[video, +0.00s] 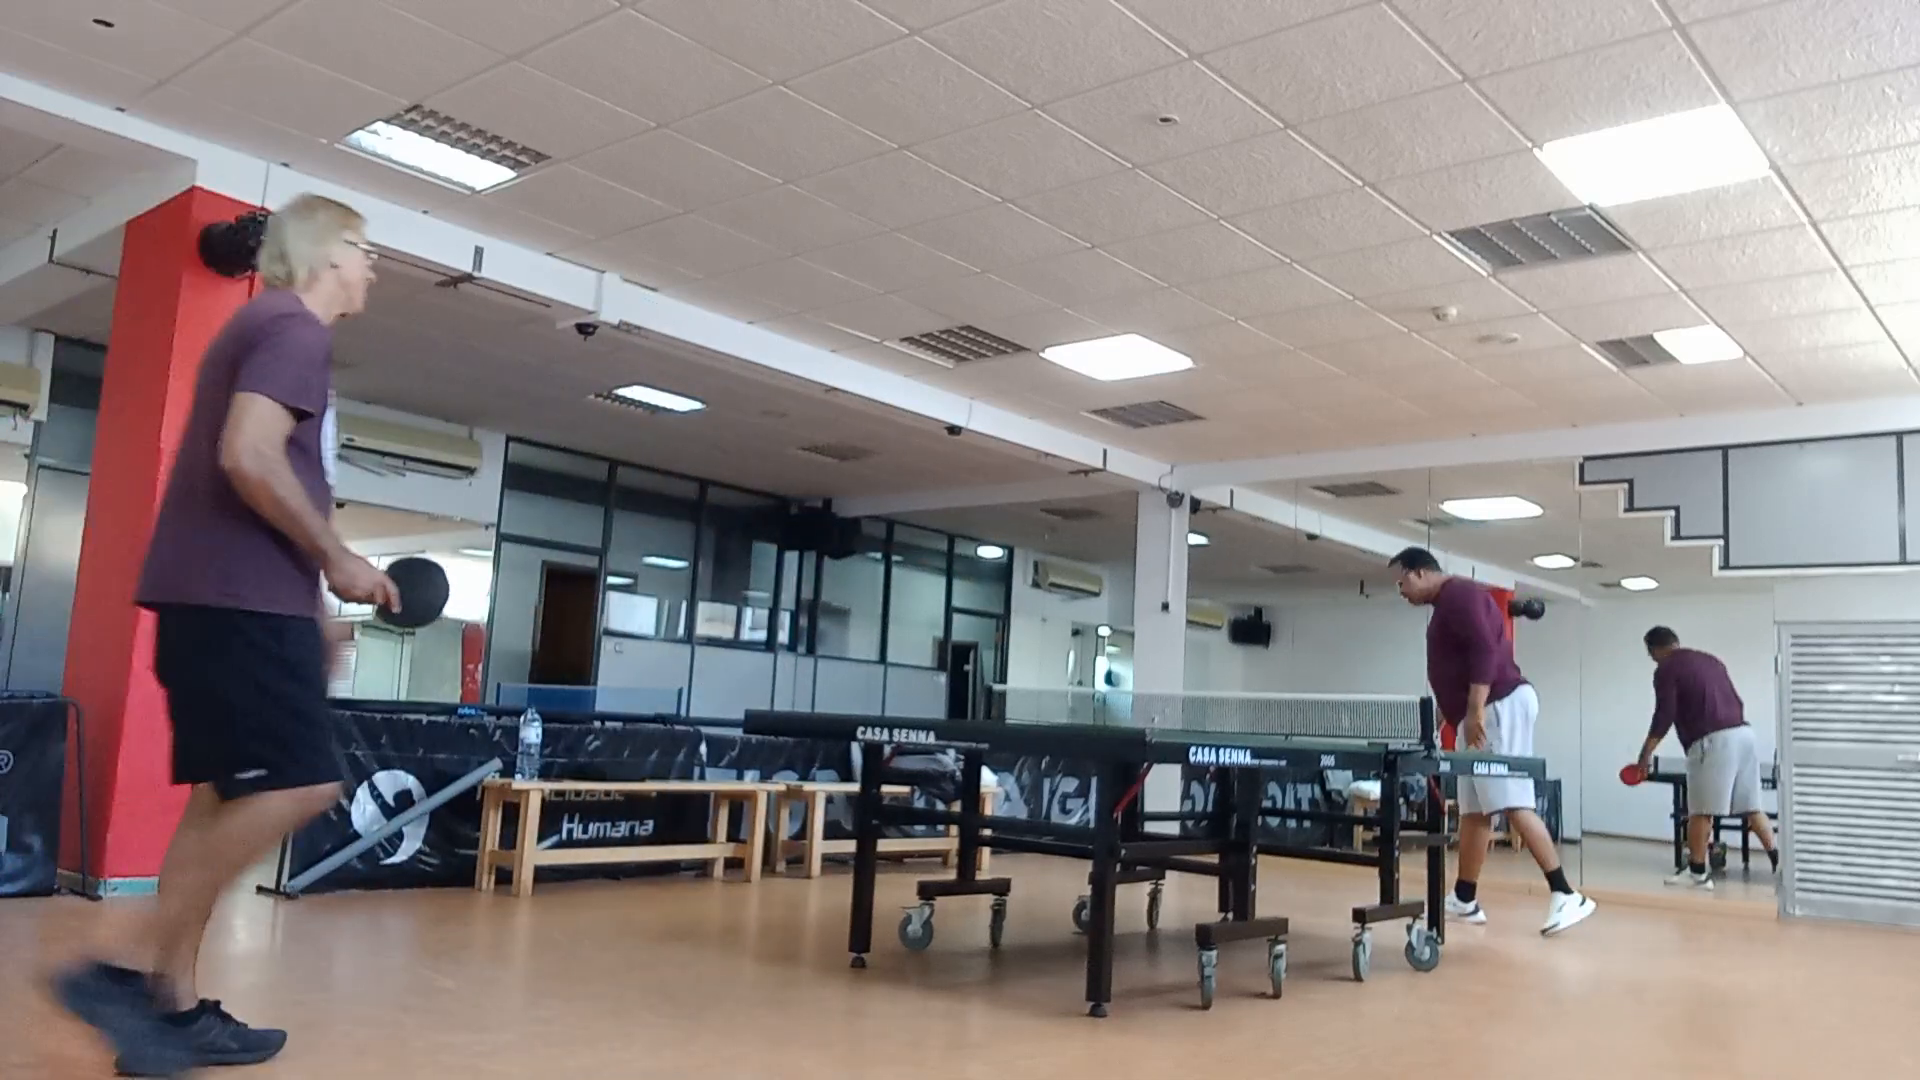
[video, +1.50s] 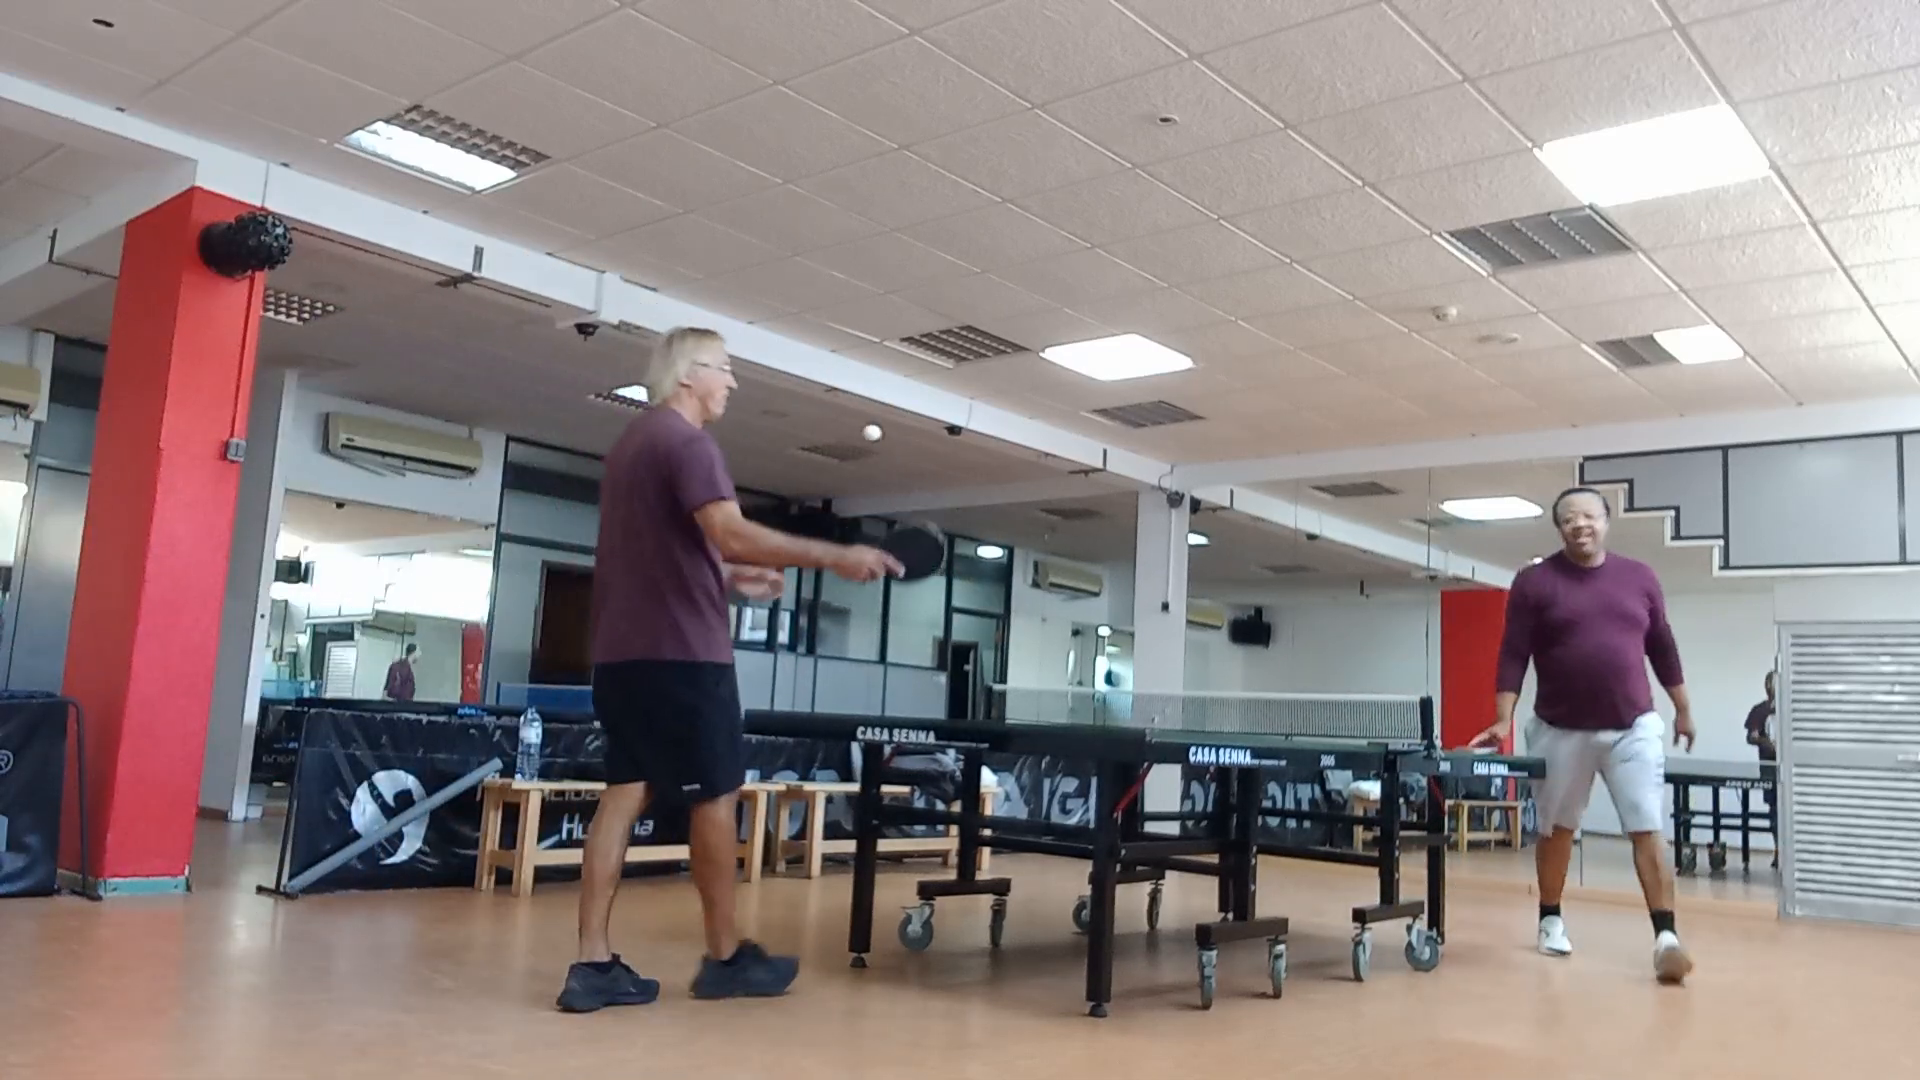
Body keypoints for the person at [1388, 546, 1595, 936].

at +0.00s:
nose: (1402, 594)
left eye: (1402, 585)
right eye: (1399, 587)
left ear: (1418, 574)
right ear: (1418, 575)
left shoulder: (1462, 592)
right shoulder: (1447, 603)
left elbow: (1485, 650)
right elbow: (1464, 665)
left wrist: (1475, 710)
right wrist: (1454, 715)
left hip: (1503, 704)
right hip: (1477, 710)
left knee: (1514, 803)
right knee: (1473, 808)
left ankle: (1566, 895)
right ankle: (1464, 900)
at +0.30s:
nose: (1431, 570)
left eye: (1435, 560)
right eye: (1429, 564)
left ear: (1461, 558)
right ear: (1448, 564)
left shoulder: (1507, 591)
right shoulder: (1444, 616)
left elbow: (1549, 640)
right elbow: (1418, 658)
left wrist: (1539, 697)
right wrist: (1374, 683)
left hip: (1525, 715)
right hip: (1481, 725)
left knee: (1533, 813)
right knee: (1482, 815)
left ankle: (1568, 901)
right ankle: (1464, 901)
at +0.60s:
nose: (1491, 556)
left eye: (1498, 547)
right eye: (1486, 553)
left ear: (1523, 549)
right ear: (1485, 563)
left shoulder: (1566, 593)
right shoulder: (1482, 605)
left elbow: (1605, 650)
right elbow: (1443, 646)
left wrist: (1612, 712)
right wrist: (1415, 630)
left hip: (1564, 724)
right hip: (1508, 726)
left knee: (1564, 819)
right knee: (1485, 811)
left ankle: (1567, 907)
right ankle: (1472, 898)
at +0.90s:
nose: (1531, 549)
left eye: (1540, 542)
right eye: (1524, 544)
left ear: (1561, 547)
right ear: (1517, 552)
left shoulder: (1595, 594)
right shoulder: (1501, 599)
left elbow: (1629, 653)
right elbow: (1486, 658)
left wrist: (1630, 706)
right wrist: (1485, 690)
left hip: (1582, 726)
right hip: (1523, 725)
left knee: (1573, 819)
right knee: (1527, 809)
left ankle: (1569, 908)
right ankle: (1532, 907)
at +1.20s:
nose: (1538, 535)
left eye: (1546, 525)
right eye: (1529, 531)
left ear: (1566, 528)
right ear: (1523, 540)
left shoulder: (1607, 576)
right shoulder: (1506, 592)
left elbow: (1637, 638)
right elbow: (1492, 657)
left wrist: (1661, 702)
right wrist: (1491, 703)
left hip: (1606, 721)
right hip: (1541, 725)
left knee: (1618, 821)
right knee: (1549, 821)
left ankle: (1591, 889)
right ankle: (1549, 918)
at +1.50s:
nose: (1580, 527)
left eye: (1589, 518)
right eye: (1570, 521)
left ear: (1606, 523)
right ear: (1559, 530)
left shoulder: (1639, 577)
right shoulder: (1533, 583)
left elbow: (1662, 645)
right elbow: (1513, 653)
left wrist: (1682, 707)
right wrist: (1505, 718)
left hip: (1632, 725)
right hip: (1561, 728)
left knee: (1646, 827)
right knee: (1558, 827)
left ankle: (1666, 936)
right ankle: (1550, 920)